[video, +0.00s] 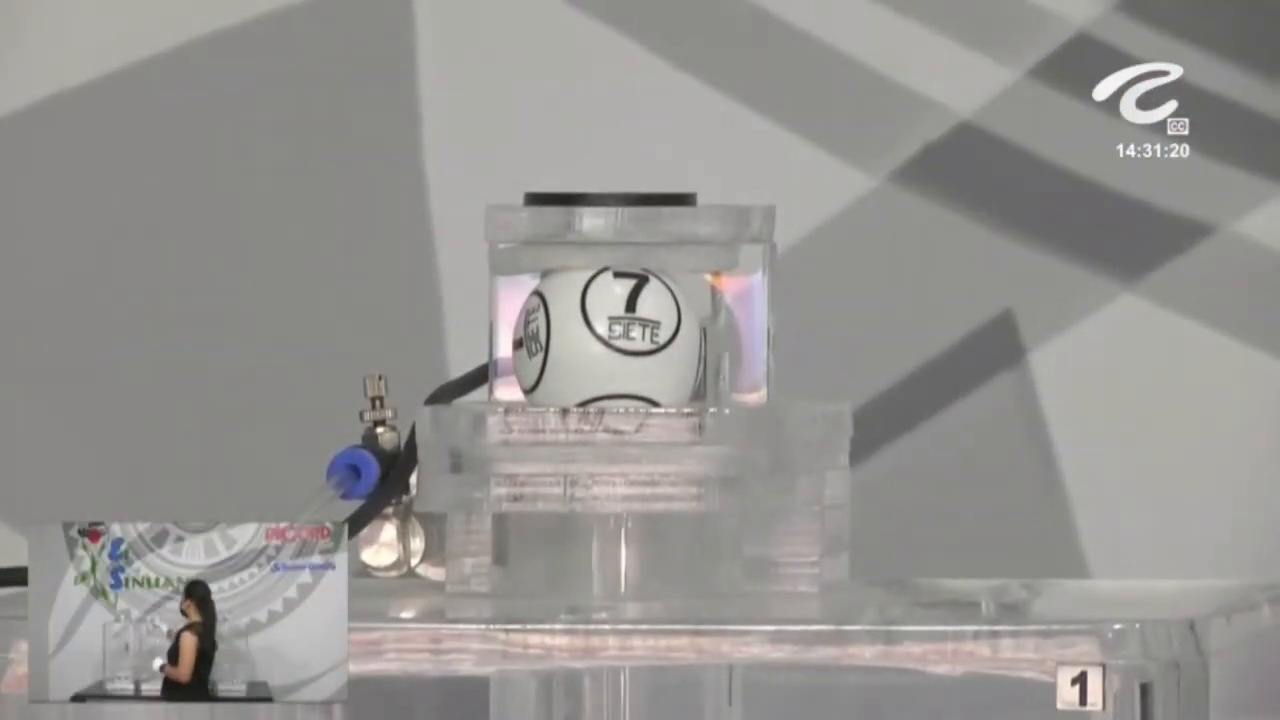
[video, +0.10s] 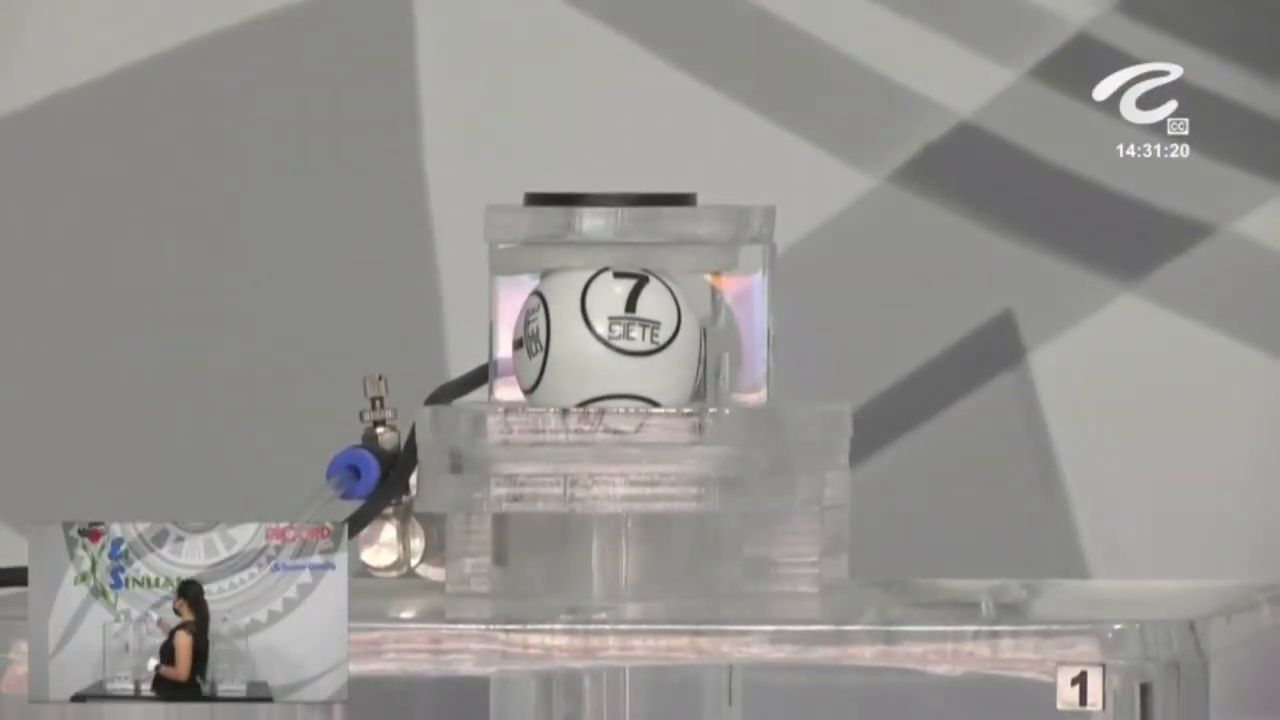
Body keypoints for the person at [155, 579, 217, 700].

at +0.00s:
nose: (181, 603)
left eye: (183, 599)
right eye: (182, 599)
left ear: (188, 602)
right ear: (204, 603)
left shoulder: (189, 634)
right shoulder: (207, 632)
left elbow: (183, 675)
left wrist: (163, 668)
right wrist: (174, 637)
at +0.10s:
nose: (174, 602)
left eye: (176, 598)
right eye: (176, 598)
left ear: (182, 601)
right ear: (196, 601)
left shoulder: (182, 633)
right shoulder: (199, 629)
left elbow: (182, 674)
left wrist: (158, 668)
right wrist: (165, 628)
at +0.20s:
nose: (167, 602)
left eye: (169, 598)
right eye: (169, 598)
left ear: (174, 601)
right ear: (189, 601)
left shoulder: (176, 633)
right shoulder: (191, 628)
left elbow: (178, 673)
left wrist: (154, 669)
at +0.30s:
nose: (161, 600)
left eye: (163, 596)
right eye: (163, 596)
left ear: (168, 600)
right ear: (183, 601)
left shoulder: (171, 632)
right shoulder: (184, 627)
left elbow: (174, 673)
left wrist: (148, 669)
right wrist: (147, 617)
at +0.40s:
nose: (156, 602)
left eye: (158, 598)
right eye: (157, 598)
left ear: (163, 600)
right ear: (177, 601)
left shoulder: (166, 631)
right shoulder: (179, 626)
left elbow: (170, 671)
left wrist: (143, 668)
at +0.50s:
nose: (151, 601)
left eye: (153, 597)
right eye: (153, 597)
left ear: (158, 600)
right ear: (173, 600)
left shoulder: (161, 631)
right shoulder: (175, 626)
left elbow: (165, 671)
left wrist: (139, 668)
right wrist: (149, 625)